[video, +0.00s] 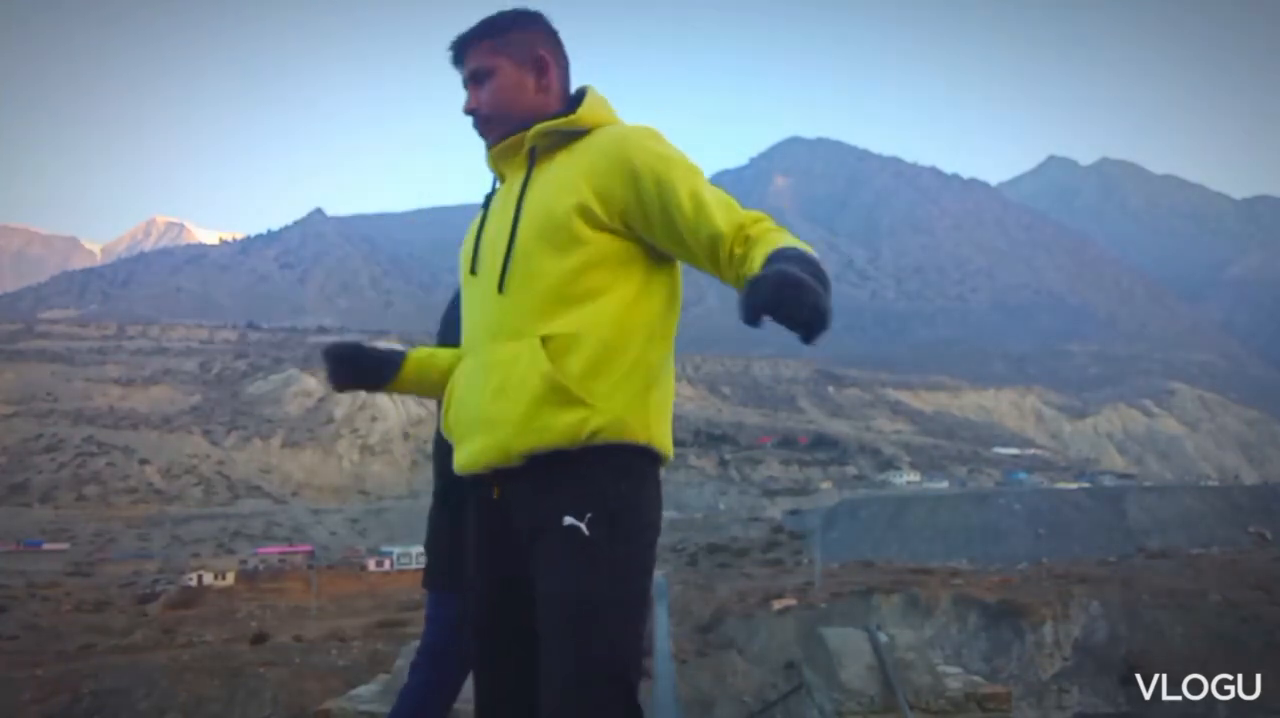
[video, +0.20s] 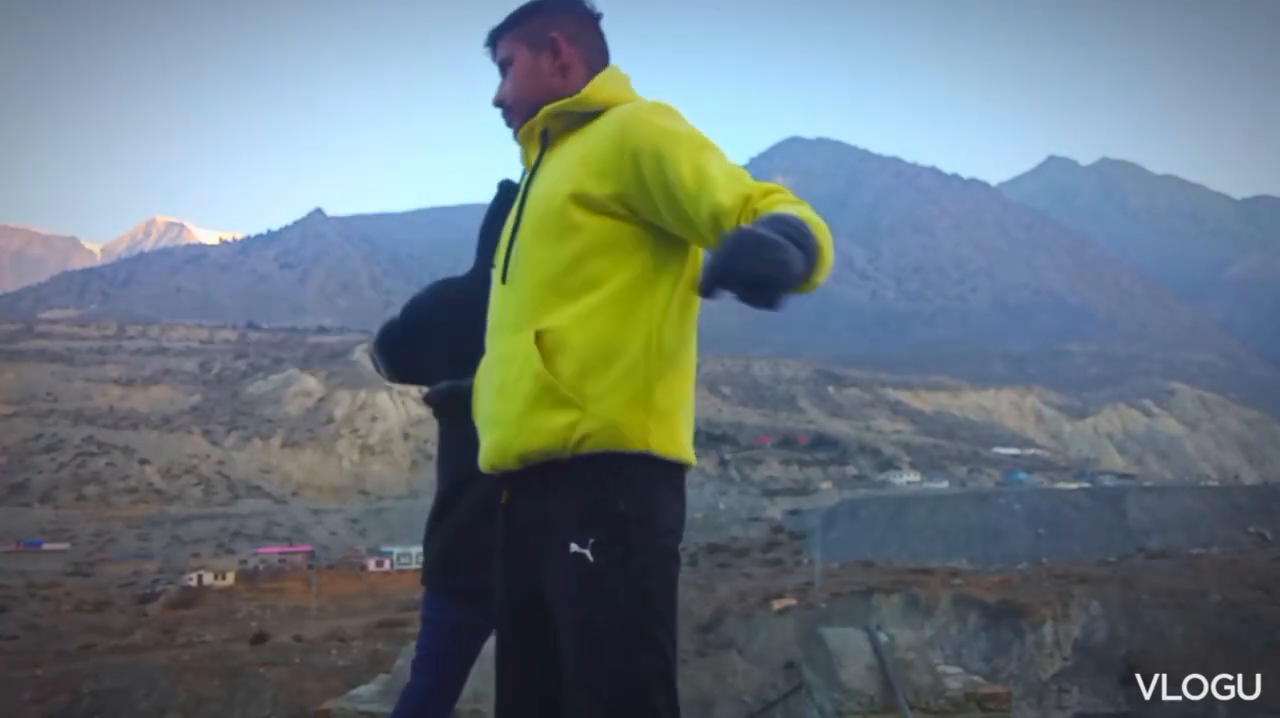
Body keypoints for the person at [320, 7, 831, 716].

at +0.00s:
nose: (467, 102)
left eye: (481, 78)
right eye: (465, 85)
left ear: (544, 70)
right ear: (526, 78)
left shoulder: (616, 152)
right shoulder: (491, 214)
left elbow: (735, 233)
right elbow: (495, 370)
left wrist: (782, 265)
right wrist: (390, 368)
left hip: (594, 479)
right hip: (497, 488)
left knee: (588, 696)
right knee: (504, 697)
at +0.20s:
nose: (497, 92)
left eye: (505, 66)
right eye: (496, 72)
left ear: (558, 56)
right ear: (555, 61)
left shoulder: (635, 131)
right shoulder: (541, 173)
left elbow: (776, 212)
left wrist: (780, 241)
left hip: (614, 478)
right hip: (533, 482)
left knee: (616, 694)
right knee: (529, 696)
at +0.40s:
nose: (561, 66)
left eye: (566, 39)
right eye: (560, 45)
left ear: (608, 21)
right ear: (611, 26)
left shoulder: (659, 87)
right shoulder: (622, 128)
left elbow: (655, 191)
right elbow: (629, 355)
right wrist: (491, 378)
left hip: (674, 462)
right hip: (621, 466)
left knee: (672, 699)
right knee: (584, 699)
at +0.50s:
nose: (580, 50)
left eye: (585, 20)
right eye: (581, 25)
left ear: (623, 11)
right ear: (647, 17)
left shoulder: (674, 78)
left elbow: (609, 177)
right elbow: (654, 350)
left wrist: (375, 176)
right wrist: (508, 359)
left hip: (694, 457)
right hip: (644, 457)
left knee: (679, 698)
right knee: (600, 696)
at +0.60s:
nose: (602, 52)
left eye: (608, 18)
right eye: (604, 24)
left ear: (646, 8)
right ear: (667, 13)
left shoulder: (694, 75)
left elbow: (631, 188)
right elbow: (668, 343)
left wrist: (407, 190)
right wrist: (524, 356)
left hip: (702, 456)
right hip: (662, 454)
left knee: (680, 699)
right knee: (626, 696)